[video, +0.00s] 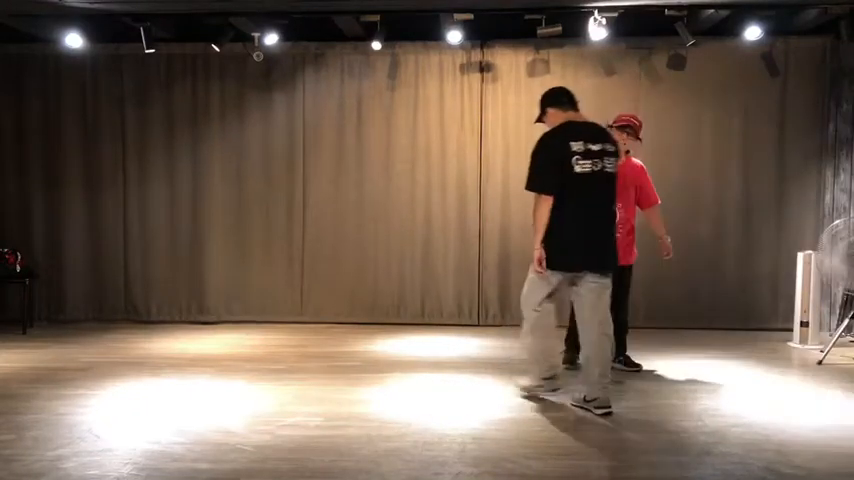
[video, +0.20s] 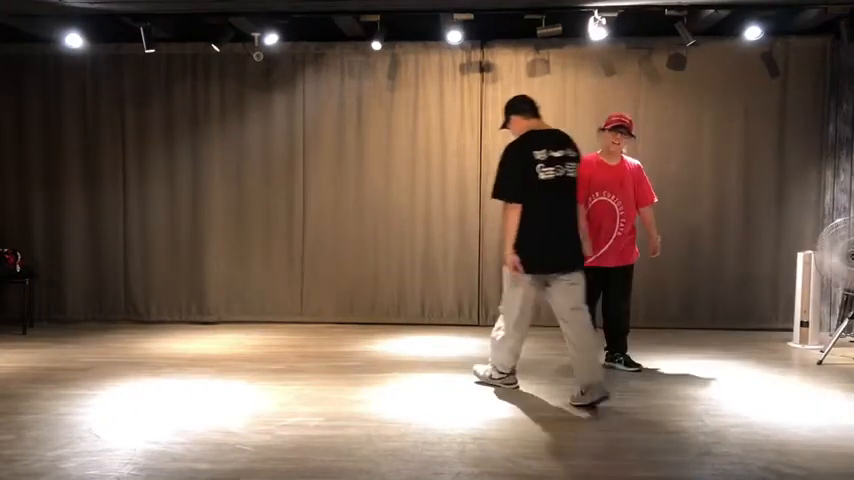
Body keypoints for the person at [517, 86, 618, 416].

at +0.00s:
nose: (544, 125)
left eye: (543, 119)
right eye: (543, 120)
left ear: (551, 112)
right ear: (576, 108)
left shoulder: (551, 141)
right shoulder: (607, 138)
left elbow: (545, 196)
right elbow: (608, 193)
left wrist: (538, 242)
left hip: (561, 245)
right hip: (601, 245)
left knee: (534, 304)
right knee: (597, 322)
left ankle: (546, 375)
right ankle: (598, 395)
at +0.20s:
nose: (509, 131)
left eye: (509, 125)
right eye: (508, 126)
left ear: (516, 119)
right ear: (536, 115)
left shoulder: (518, 149)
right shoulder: (566, 141)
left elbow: (514, 205)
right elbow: (577, 197)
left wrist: (509, 249)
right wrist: (582, 237)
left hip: (529, 248)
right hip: (566, 245)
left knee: (513, 313)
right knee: (575, 318)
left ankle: (502, 369)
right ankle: (593, 386)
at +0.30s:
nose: (491, 129)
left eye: (491, 124)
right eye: (490, 124)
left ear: (499, 119)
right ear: (517, 114)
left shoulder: (500, 148)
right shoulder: (547, 139)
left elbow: (495, 202)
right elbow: (553, 189)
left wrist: (489, 243)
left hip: (512, 243)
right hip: (548, 240)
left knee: (501, 309)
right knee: (547, 301)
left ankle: (501, 370)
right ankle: (575, 352)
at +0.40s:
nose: (479, 131)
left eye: (478, 126)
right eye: (477, 127)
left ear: (483, 119)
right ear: (504, 114)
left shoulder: (487, 144)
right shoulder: (535, 140)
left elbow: (473, 198)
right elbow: (539, 190)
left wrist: (468, 237)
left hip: (497, 238)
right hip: (534, 235)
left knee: (490, 300)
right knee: (521, 291)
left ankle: (500, 369)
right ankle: (540, 342)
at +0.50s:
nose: (468, 128)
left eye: (467, 123)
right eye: (467, 124)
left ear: (473, 117)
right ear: (492, 113)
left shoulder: (473, 143)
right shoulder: (523, 141)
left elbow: (456, 192)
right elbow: (535, 193)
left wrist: (447, 227)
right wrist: (541, 232)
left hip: (484, 237)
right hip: (516, 235)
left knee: (485, 301)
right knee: (503, 296)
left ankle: (499, 369)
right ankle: (504, 359)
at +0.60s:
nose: (456, 128)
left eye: (456, 124)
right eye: (456, 124)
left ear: (461, 120)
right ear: (482, 116)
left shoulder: (461, 146)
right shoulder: (510, 146)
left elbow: (442, 191)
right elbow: (525, 193)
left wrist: (430, 220)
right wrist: (534, 231)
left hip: (472, 239)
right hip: (503, 237)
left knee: (484, 303)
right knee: (475, 296)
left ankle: (500, 368)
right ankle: (466, 347)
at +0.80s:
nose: (435, 133)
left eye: (434, 130)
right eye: (434, 130)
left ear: (438, 125)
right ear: (460, 122)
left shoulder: (437, 150)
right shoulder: (486, 152)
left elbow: (422, 195)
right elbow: (493, 199)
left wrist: (410, 228)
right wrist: (500, 235)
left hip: (446, 239)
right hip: (477, 237)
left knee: (454, 304)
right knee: (458, 298)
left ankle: (492, 354)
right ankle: (449, 350)